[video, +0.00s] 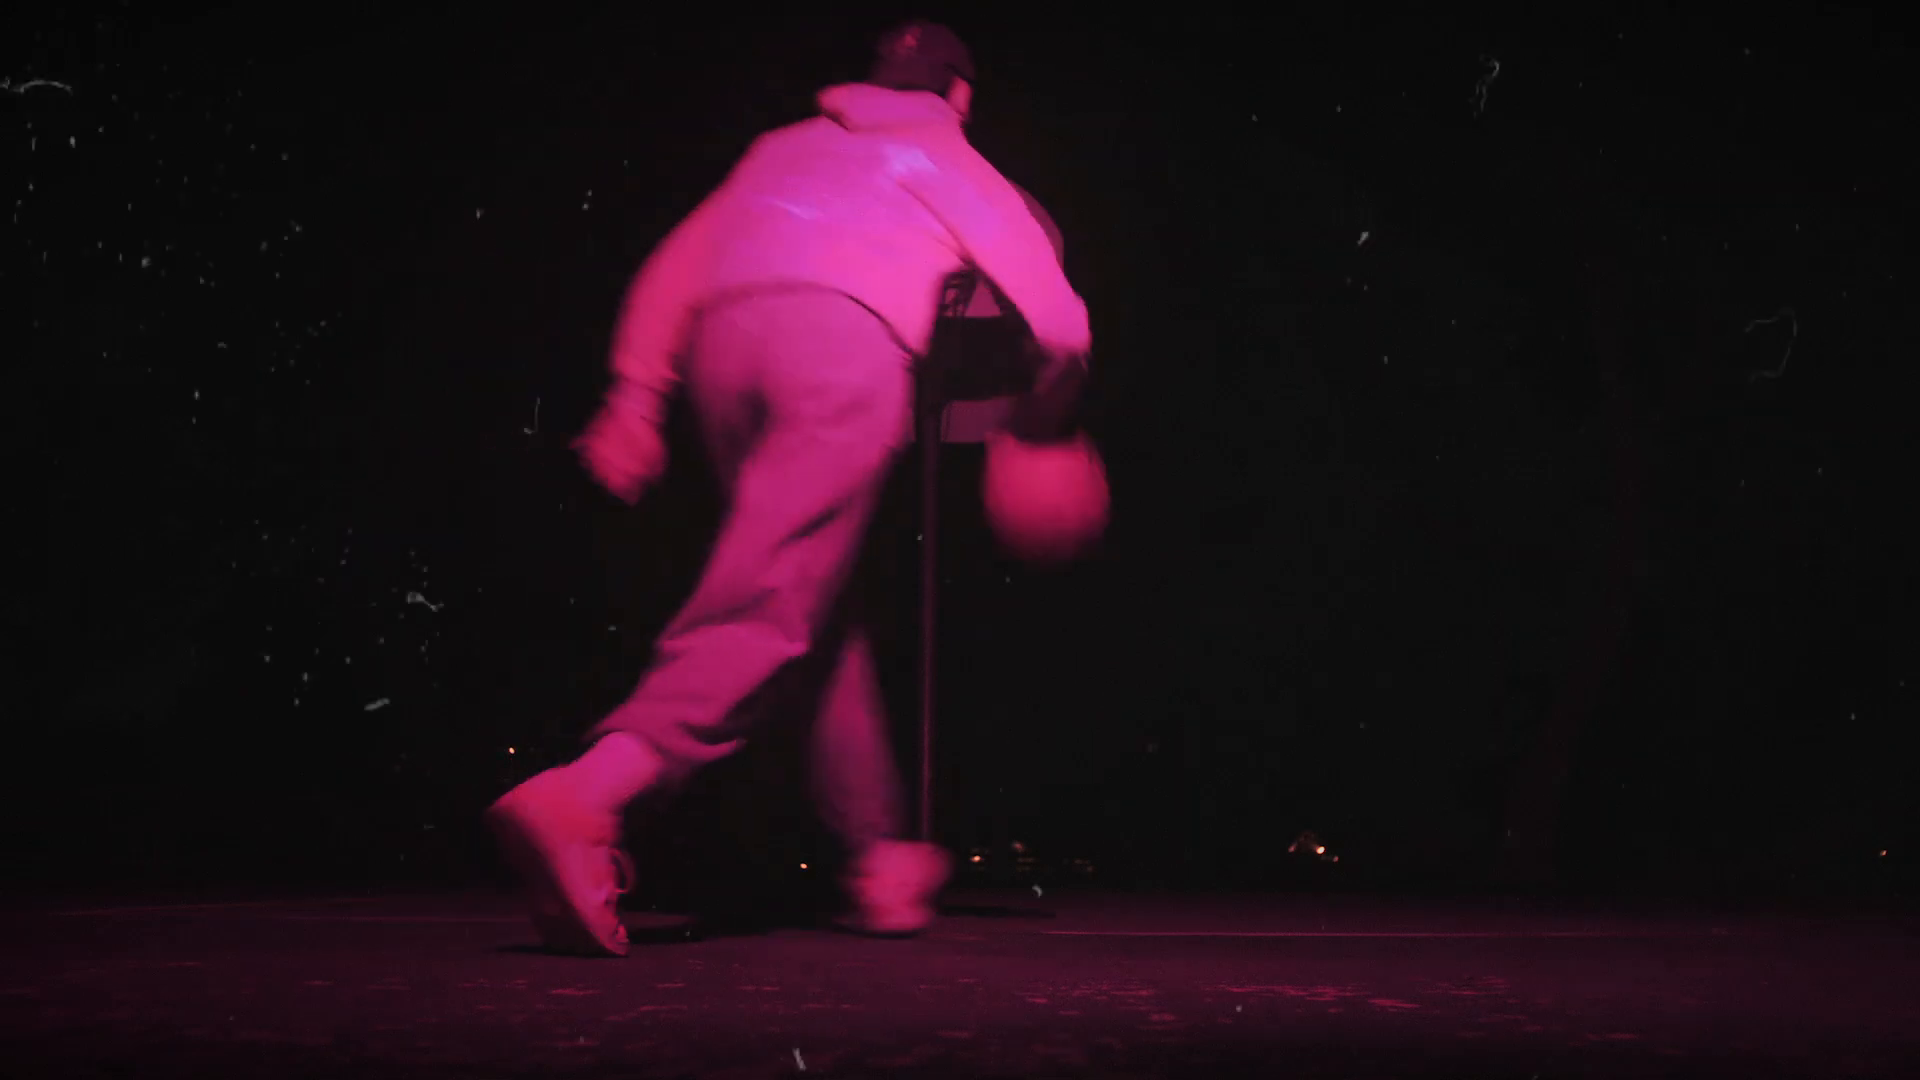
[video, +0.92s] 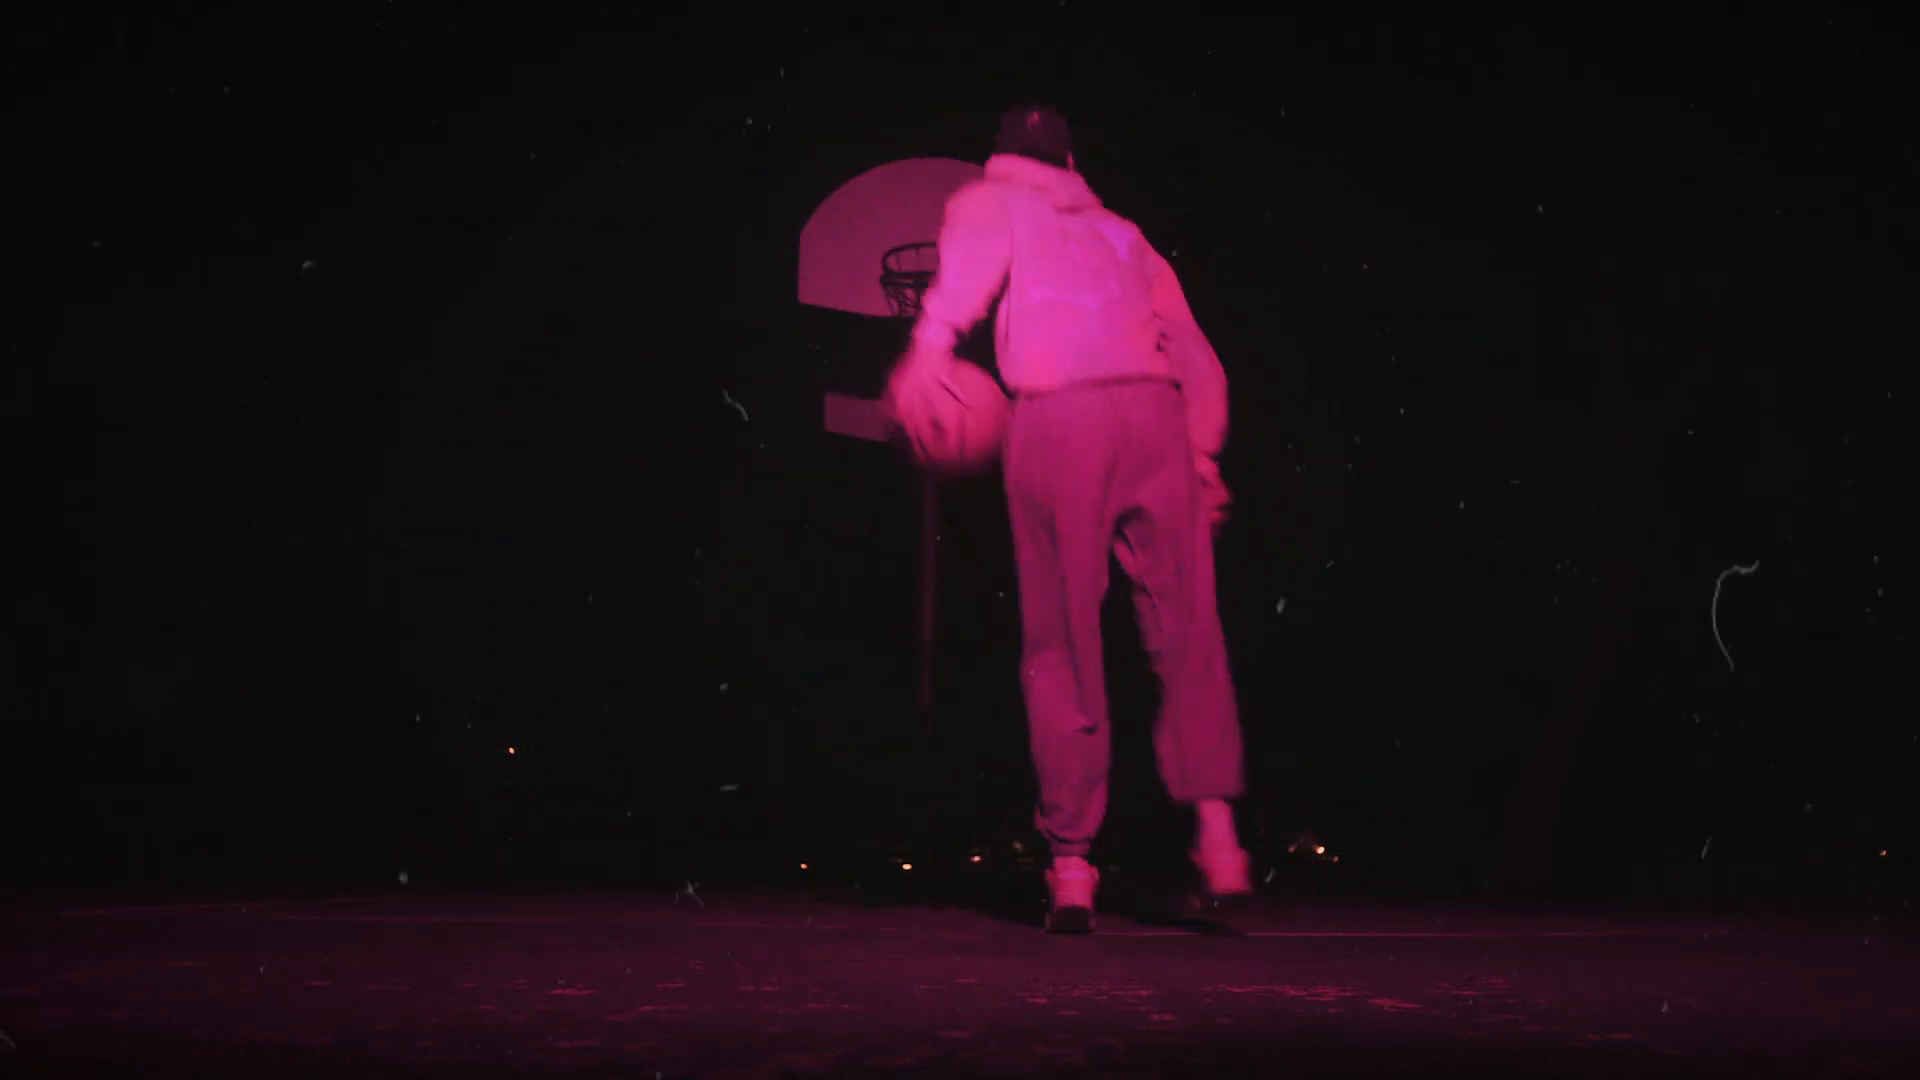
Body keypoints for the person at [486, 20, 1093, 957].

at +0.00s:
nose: (971, 116)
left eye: (967, 103)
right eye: (972, 102)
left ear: (869, 86)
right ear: (957, 97)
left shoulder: (779, 148)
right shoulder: (951, 164)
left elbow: (676, 262)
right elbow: (1063, 326)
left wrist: (636, 395)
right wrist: (1042, 419)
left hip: (720, 341)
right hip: (840, 342)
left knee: (809, 605)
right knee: (765, 602)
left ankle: (880, 858)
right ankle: (585, 796)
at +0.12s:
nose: (1016, 179)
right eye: (1015, 170)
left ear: (918, 157)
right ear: (1003, 166)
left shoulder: (842, 224)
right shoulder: (1013, 232)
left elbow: (791, 385)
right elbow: (1074, 405)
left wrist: (789, 532)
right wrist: (1121, 564)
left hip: (839, 437)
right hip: (952, 436)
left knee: (953, 670)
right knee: (918, 689)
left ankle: (972, 880)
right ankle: (819, 755)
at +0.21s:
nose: (1050, 222)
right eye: (1049, 213)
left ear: (958, 207)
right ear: (1041, 211)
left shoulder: (898, 274)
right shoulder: (1053, 281)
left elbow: (872, 388)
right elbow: (1118, 430)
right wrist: (1202, 560)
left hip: (886, 460)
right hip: (994, 458)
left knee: (951, 679)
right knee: (1038, 661)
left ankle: (973, 868)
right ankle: (998, 781)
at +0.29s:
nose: (1070, 233)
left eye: (1066, 225)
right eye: (1069, 223)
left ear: (981, 216)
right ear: (1057, 222)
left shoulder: (925, 280)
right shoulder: (1072, 287)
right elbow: (1148, 422)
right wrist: (1238, 544)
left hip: (909, 462)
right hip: (1020, 462)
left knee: (976, 679)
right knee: (1069, 655)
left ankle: (975, 878)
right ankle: (1080, 809)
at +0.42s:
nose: (1124, 244)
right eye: (1122, 233)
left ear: (1040, 236)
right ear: (1111, 234)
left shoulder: (985, 296)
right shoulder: (1129, 291)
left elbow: (969, 381)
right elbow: (1188, 394)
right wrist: (1304, 466)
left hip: (979, 486)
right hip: (1088, 475)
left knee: (1038, 695)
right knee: (1158, 647)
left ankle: (992, 859)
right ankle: (1256, 845)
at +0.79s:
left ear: (1018, 219)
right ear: (1096, 222)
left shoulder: (995, 290)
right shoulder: (1145, 289)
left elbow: (997, 388)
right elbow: (1212, 397)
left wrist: (992, 490)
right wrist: (1256, 508)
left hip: (1072, 492)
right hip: (1174, 484)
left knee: (1091, 692)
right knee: (1213, 681)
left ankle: (1079, 878)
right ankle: (1291, 866)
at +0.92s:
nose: (993, 173)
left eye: (995, 154)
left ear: (998, 153)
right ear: (1070, 161)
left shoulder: (989, 197)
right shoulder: (1121, 231)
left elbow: (969, 267)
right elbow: (1197, 355)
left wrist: (928, 346)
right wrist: (1200, 450)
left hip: (1059, 419)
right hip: (1159, 416)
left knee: (1061, 637)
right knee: (1187, 625)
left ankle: (1071, 865)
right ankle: (1217, 837)